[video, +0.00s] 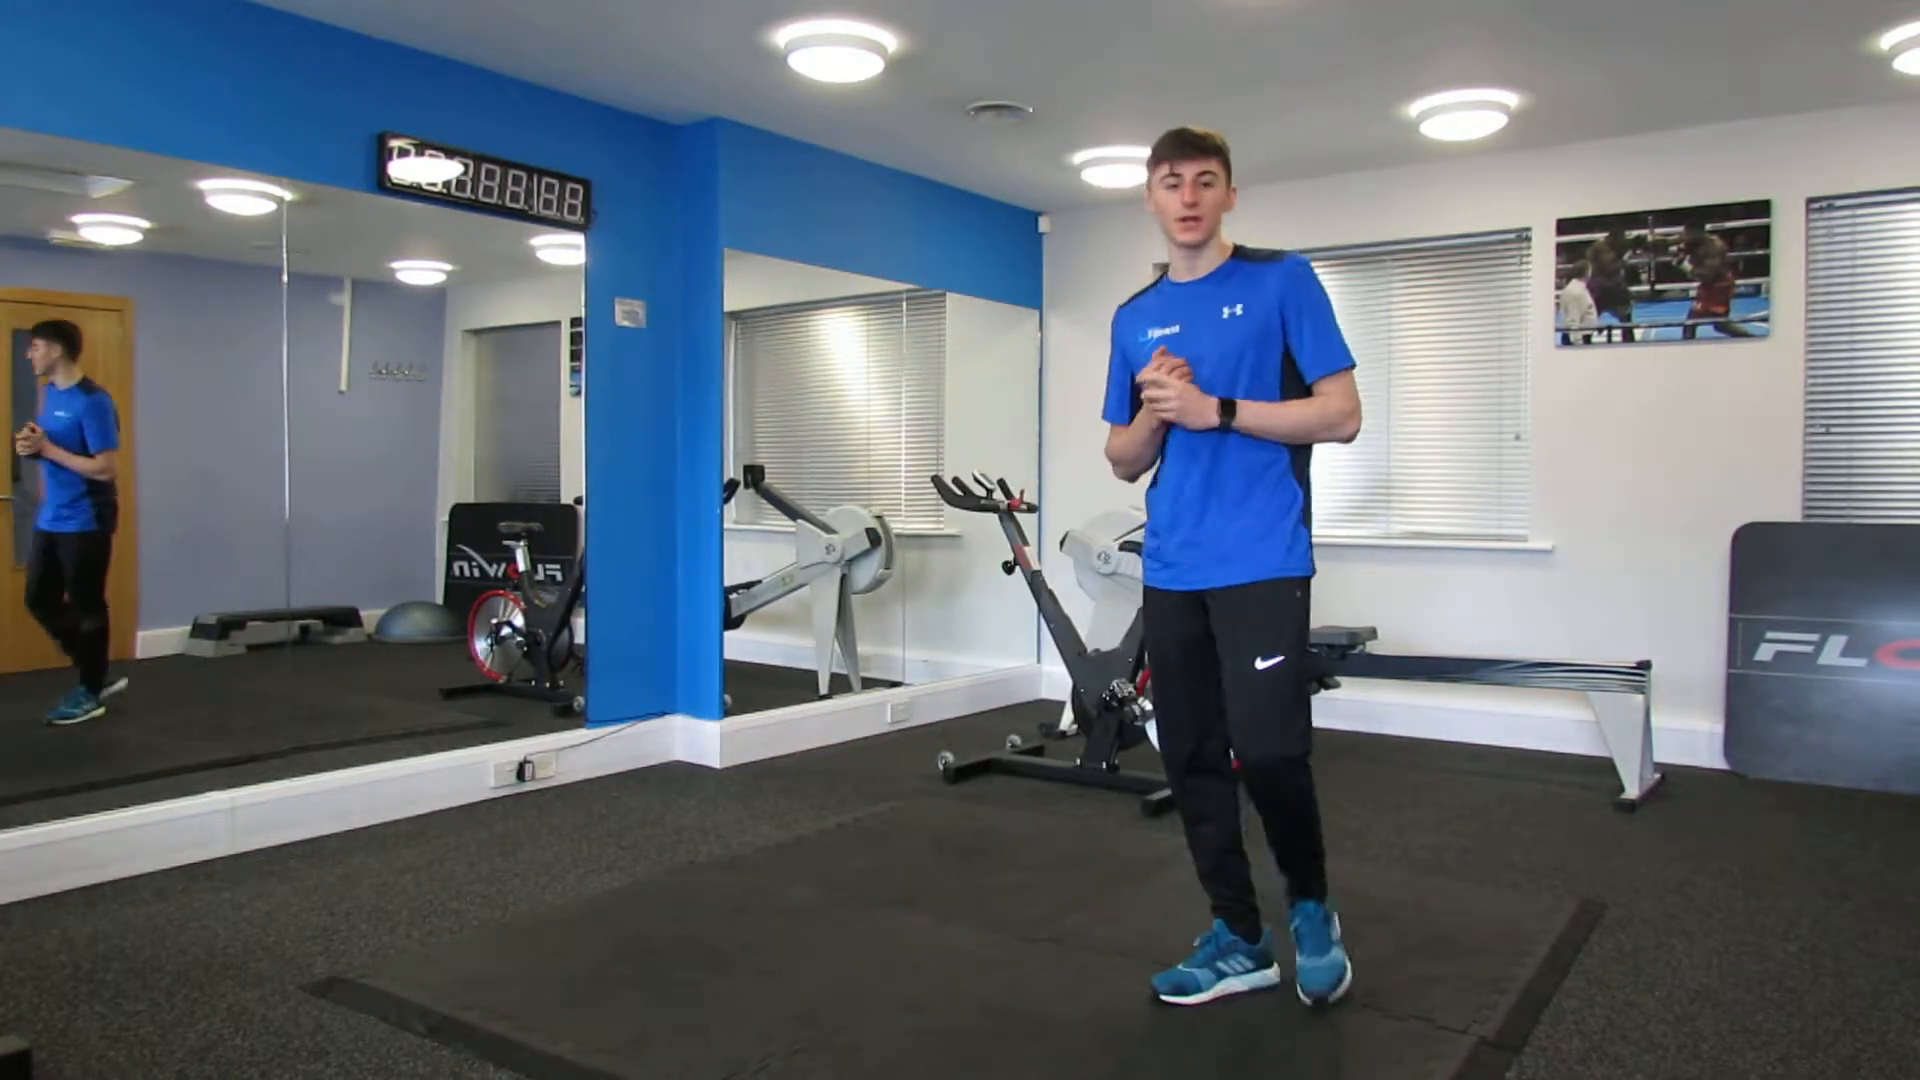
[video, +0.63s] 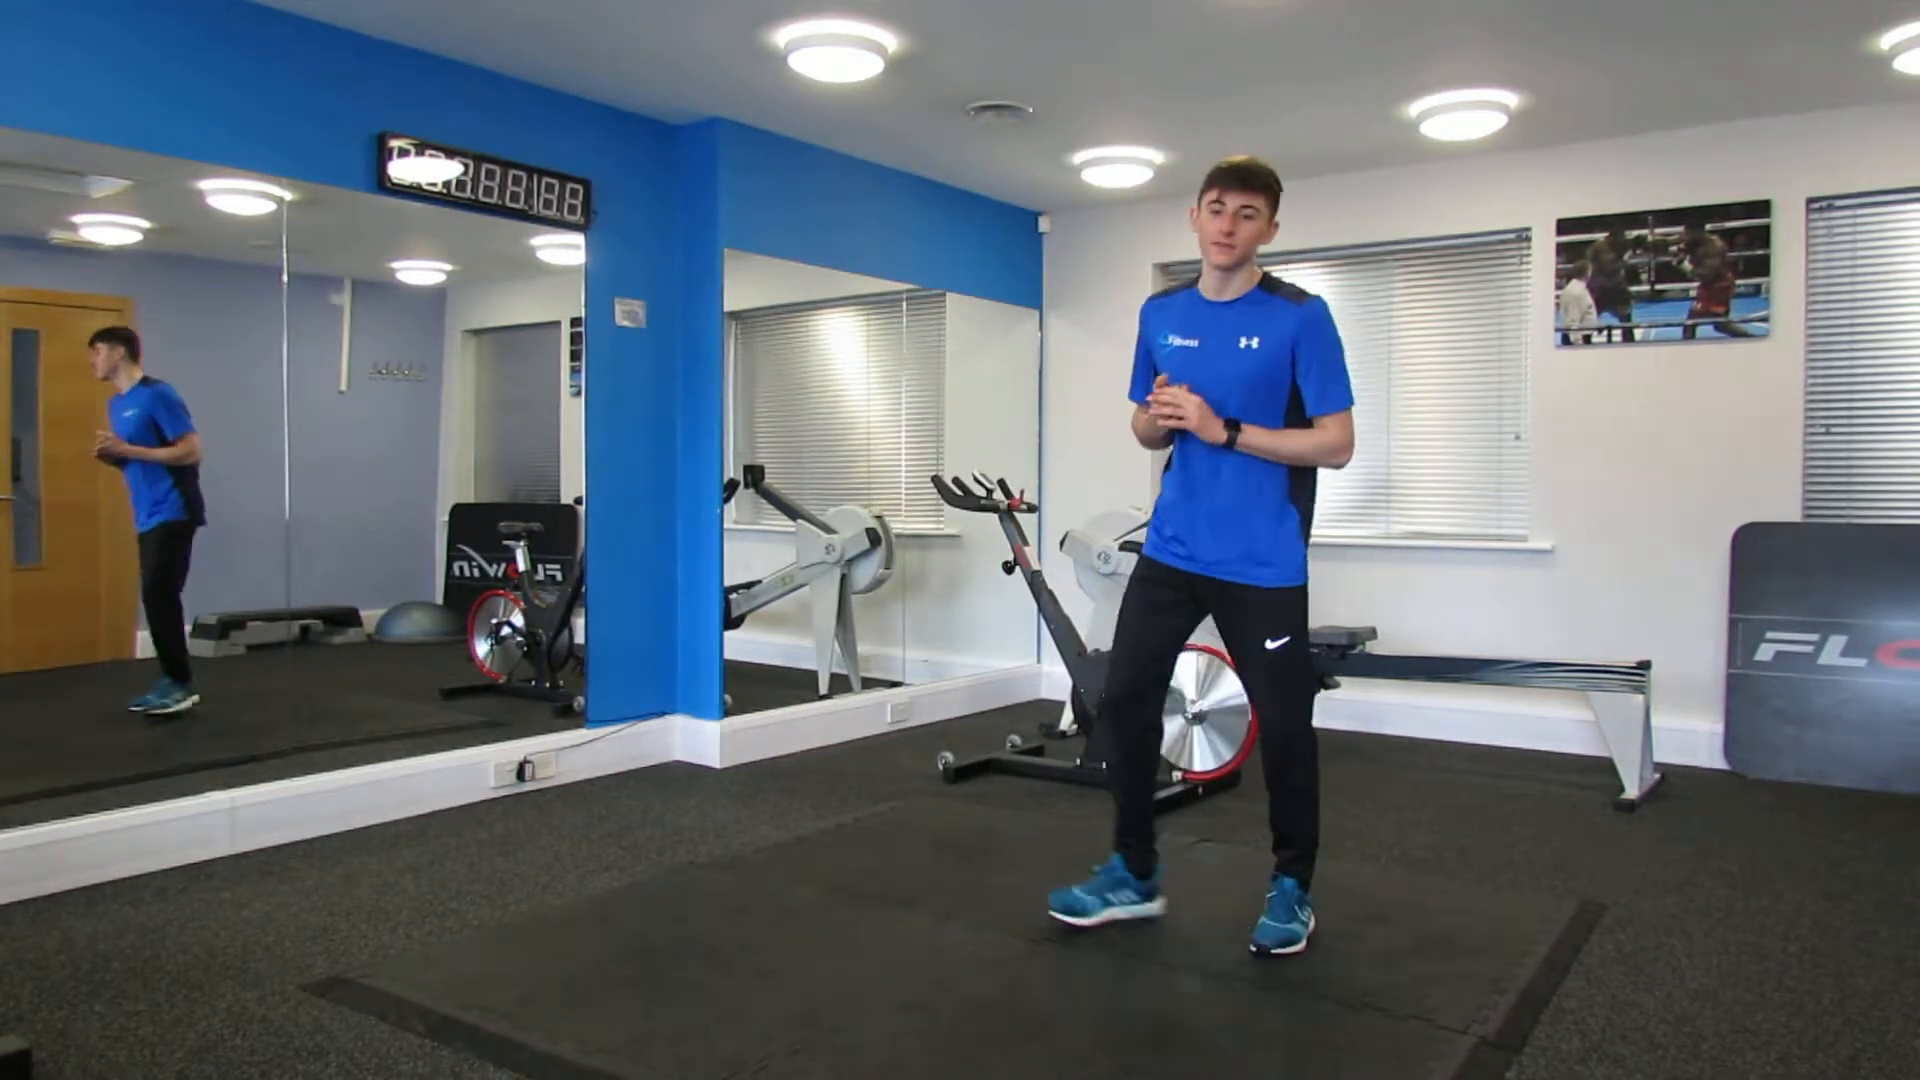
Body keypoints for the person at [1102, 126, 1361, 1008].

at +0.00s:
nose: (1187, 196)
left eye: (1203, 182)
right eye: (1171, 183)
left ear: (1230, 196)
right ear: (1150, 200)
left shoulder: (1283, 280)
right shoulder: (1133, 318)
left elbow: (1342, 412)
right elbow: (1122, 460)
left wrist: (1215, 408)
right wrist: (1154, 414)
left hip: (1262, 560)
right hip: (1171, 566)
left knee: (1268, 751)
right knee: (1194, 757)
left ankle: (1308, 911)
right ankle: (1238, 935)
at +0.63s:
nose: (1227, 226)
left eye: (1246, 215)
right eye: (1217, 210)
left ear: (1270, 230)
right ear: (1194, 219)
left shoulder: (1302, 318)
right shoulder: (1160, 316)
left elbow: (1338, 443)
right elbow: (1146, 434)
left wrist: (1229, 431)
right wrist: (1161, 416)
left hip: (1263, 564)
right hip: (1172, 552)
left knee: (1284, 725)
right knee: (1127, 697)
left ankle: (1290, 886)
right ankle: (1133, 869)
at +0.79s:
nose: (1189, 225)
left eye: (1207, 216)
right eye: (1179, 211)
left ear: (1230, 234)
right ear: (1159, 223)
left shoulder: (1264, 318)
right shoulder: (1131, 322)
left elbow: (1308, 438)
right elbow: (1119, 443)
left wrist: (1200, 429)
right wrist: (1134, 421)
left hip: (1237, 564)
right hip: (1150, 555)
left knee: (1272, 723)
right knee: (1112, 703)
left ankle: (1290, 885)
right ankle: (1102, 866)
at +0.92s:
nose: (1149, 226)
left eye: (1167, 218)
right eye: (1140, 214)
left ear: (1193, 237)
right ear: (1123, 230)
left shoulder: (1224, 318)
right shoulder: (1104, 327)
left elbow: (1273, 436)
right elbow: (1097, 450)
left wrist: (1161, 428)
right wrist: (1094, 427)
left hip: (1203, 563)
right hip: (1126, 559)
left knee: (1238, 719)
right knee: (1100, 706)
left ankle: (1282, 883)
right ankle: (1097, 865)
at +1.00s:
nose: (1118, 233)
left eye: (1135, 222)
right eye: (1111, 222)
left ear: (1169, 237)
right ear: (1100, 236)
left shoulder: (1200, 316)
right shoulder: (1090, 329)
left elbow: (1247, 435)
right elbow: (1086, 454)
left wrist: (1133, 427)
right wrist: (1069, 424)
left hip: (1183, 558)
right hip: (1112, 555)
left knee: (1206, 721)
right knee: (1095, 710)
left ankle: (1267, 879)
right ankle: (1096, 866)